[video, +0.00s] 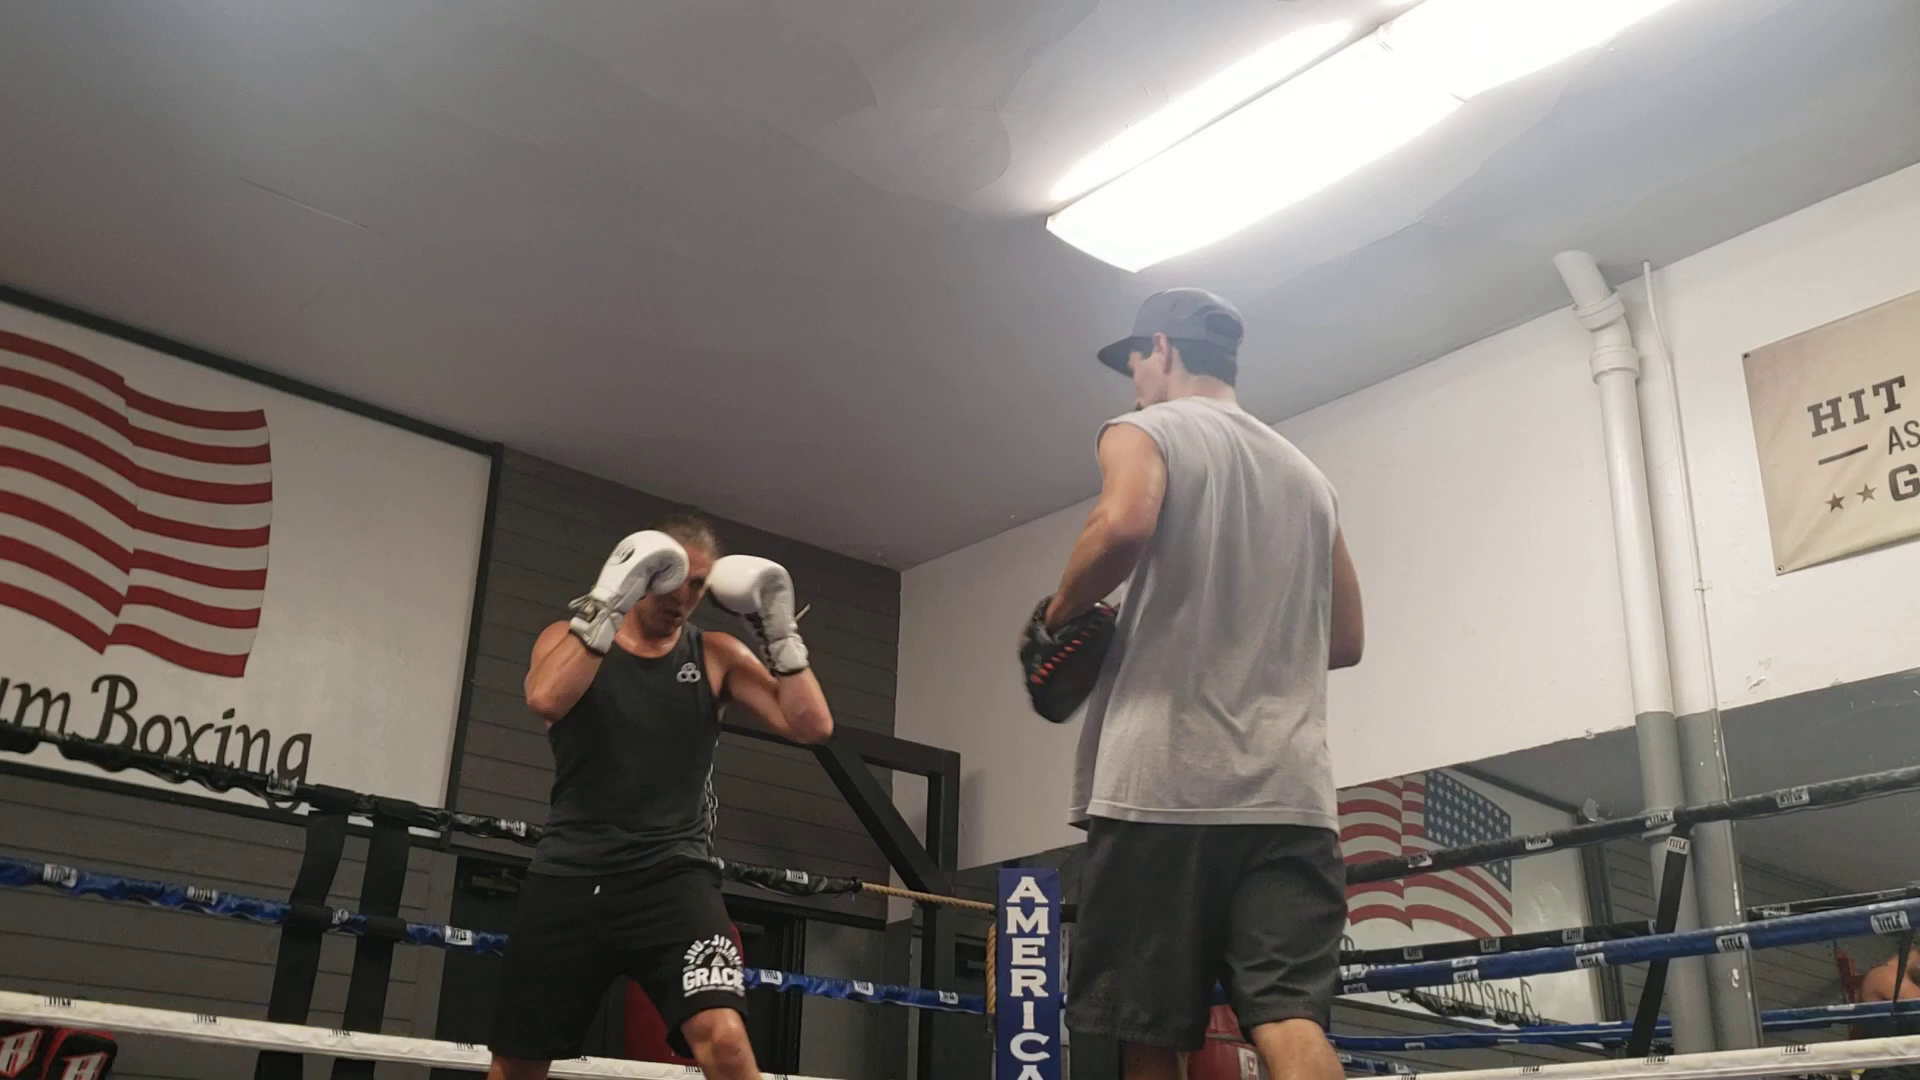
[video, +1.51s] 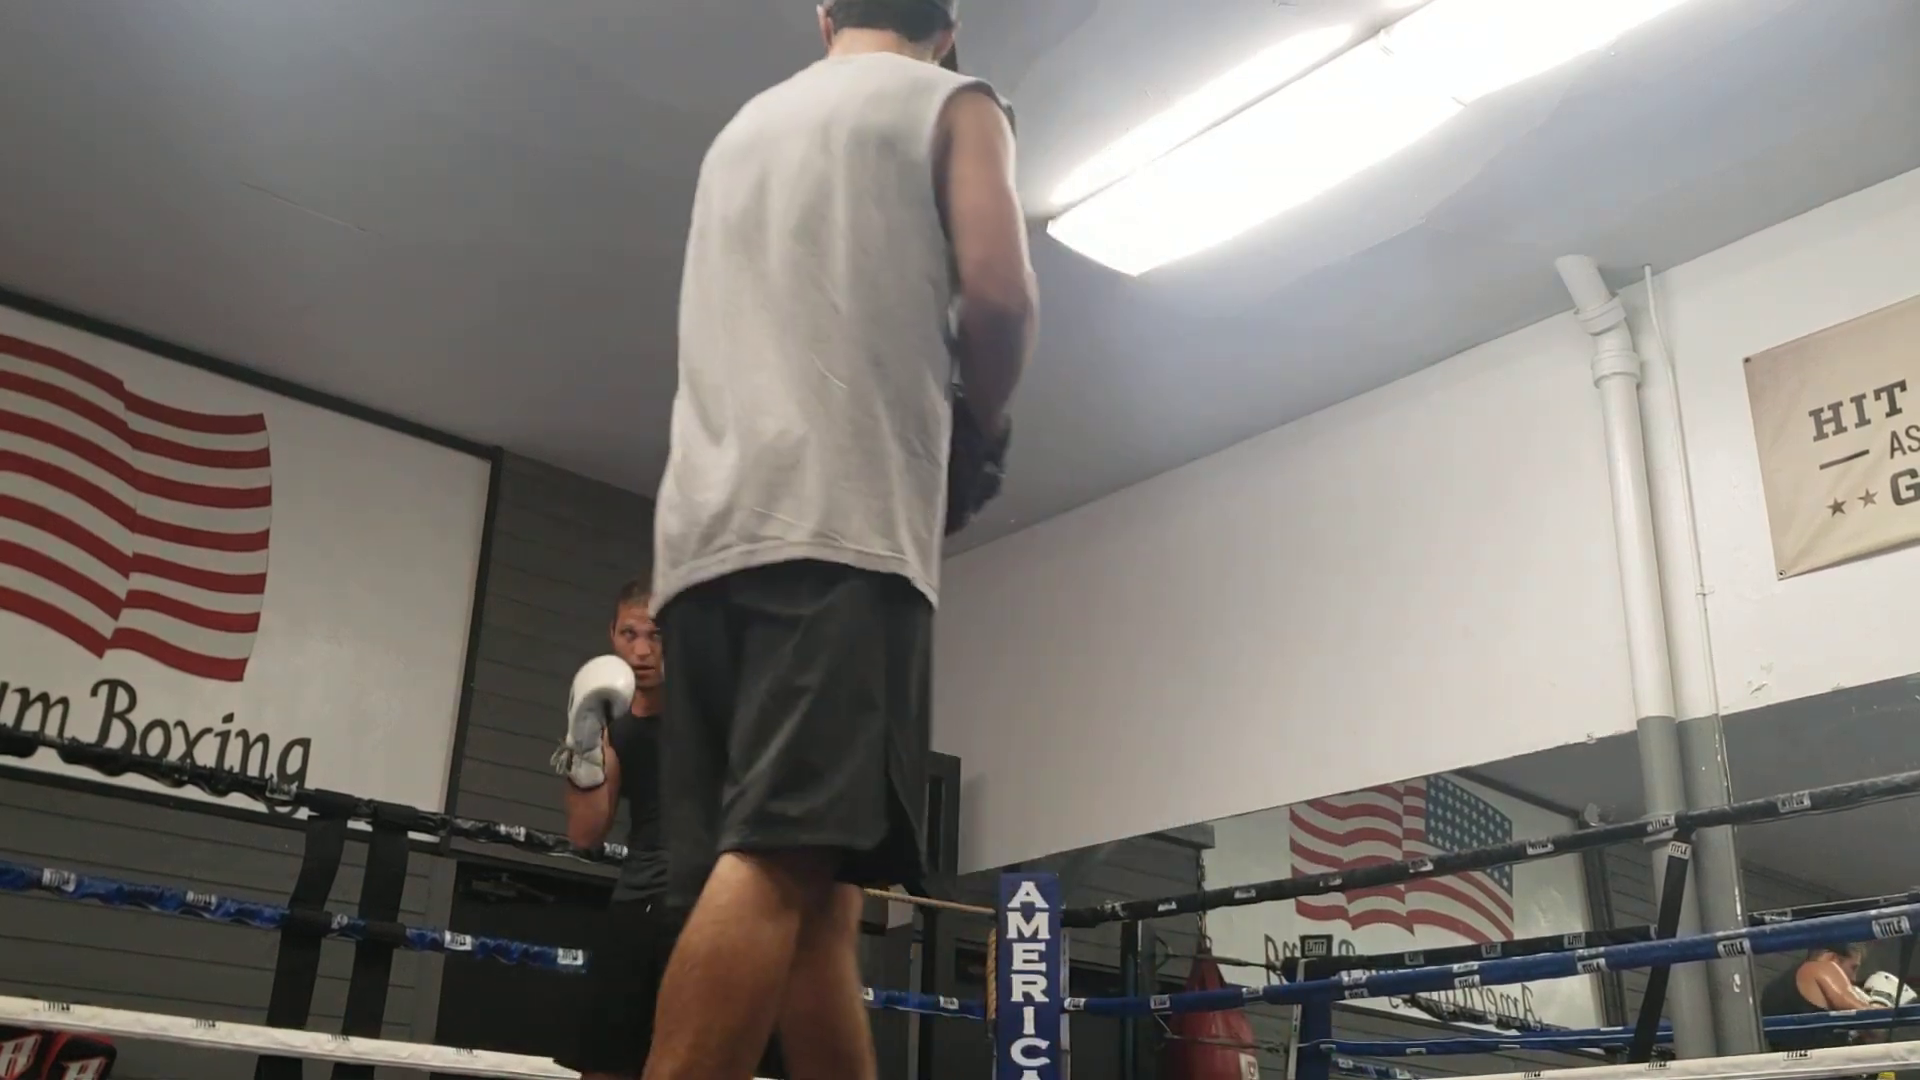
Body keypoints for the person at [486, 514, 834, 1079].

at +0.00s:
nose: (683, 595)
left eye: (698, 584)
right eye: (675, 577)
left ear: (709, 589)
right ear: (638, 573)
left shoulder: (716, 653)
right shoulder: (569, 636)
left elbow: (813, 724)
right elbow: (547, 699)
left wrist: (779, 627)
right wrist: (605, 602)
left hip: (674, 874)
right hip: (569, 873)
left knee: (726, 1043)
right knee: (516, 1065)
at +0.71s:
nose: (738, 607)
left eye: (755, 596)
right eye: (729, 589)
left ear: (770, 602)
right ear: (702, 583)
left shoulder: (774, 669)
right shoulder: (643, 642)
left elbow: (813, 779)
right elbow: (554, 744)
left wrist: (800, 676)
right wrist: (621, 680)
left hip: (726, 880)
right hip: (633, 874)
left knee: (734, 1060)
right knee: (567, 1058)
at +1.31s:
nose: (672, 624)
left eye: (687, 611)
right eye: (660, 610)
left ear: (712, 614)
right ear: (643, 614)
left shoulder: (745, 681)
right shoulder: (626, 685)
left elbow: (800, 753)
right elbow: (575, 756)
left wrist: (757, 690)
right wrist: (585, 659)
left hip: (732, 879)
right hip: (647, 883)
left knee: (732, 1050)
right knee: (634, 1058)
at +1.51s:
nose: (642, 650)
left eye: (655, 635)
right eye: (630, 635)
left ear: (681, 642)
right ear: (612, 642)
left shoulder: (706, 715)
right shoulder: (616, 723)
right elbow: (585, 833)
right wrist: (585, 735)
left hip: (708, 893)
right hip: (638, 889)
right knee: (609, 1055)